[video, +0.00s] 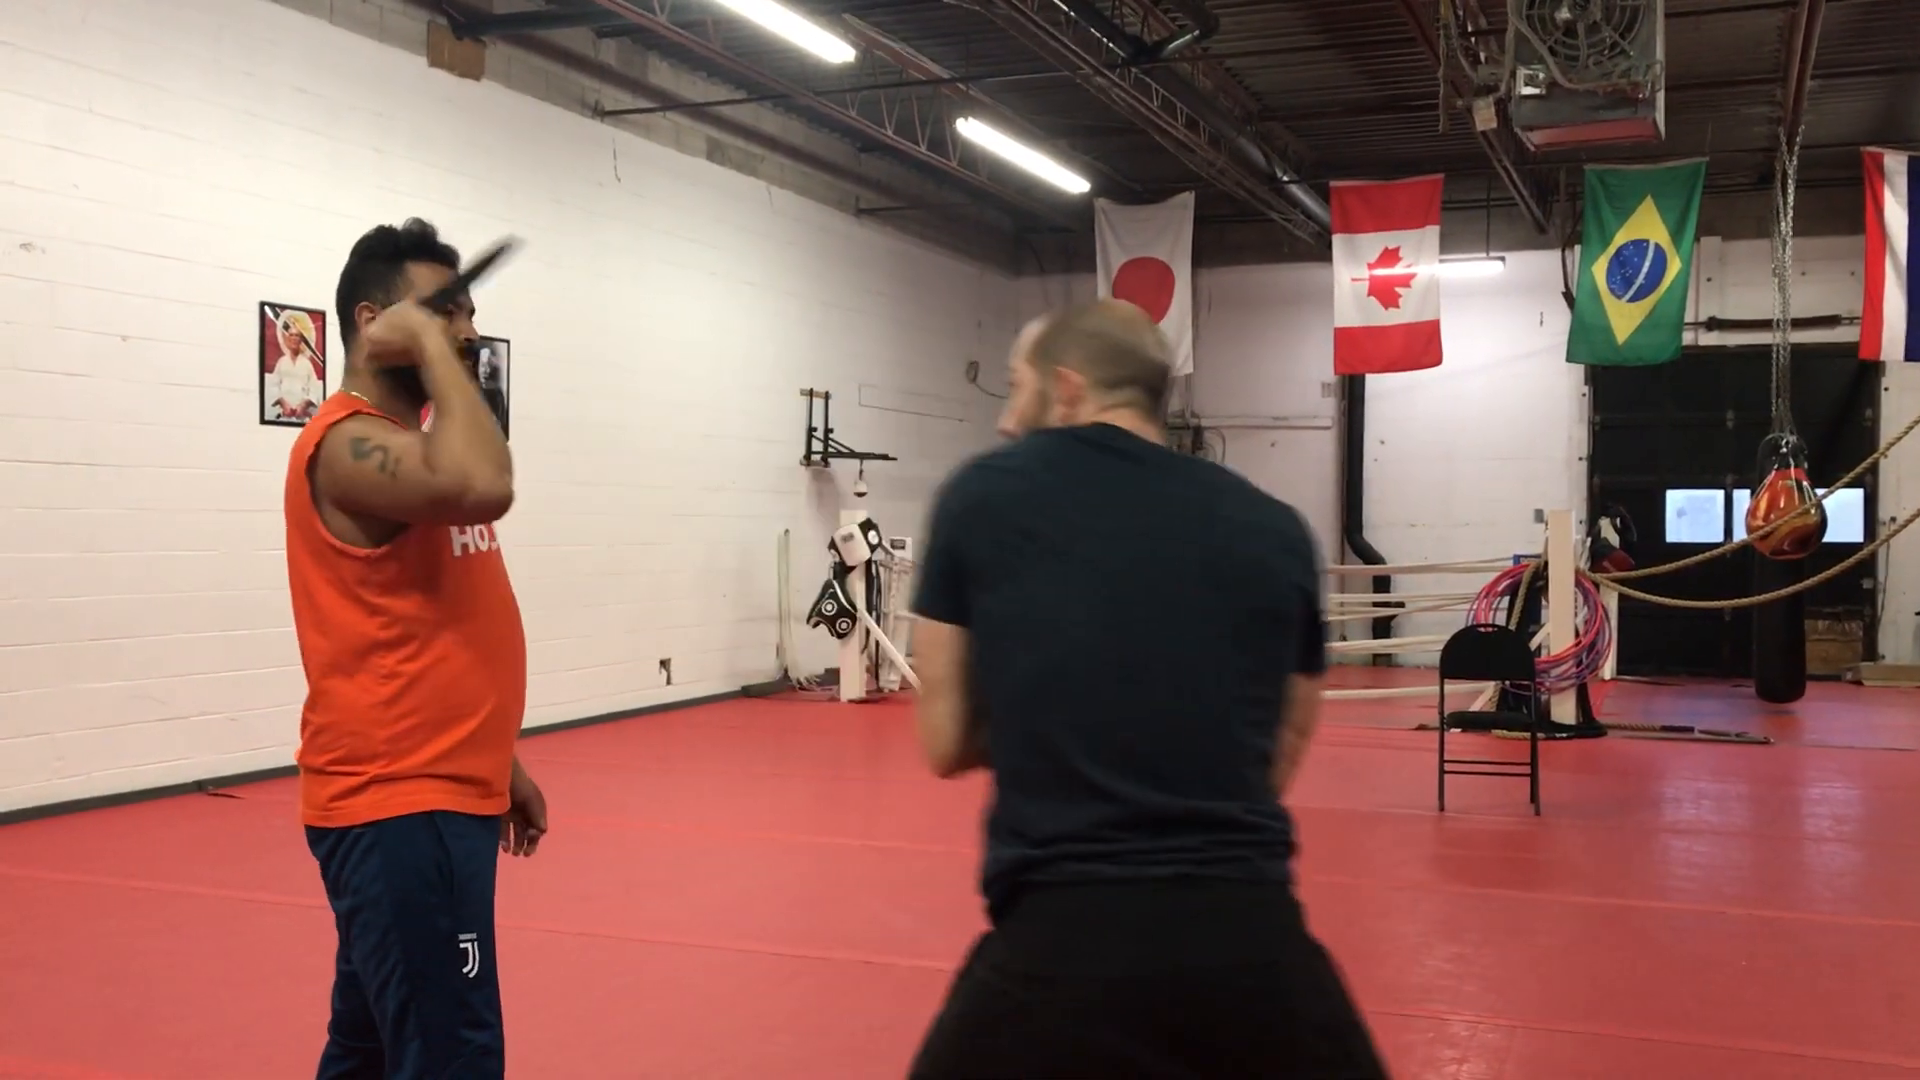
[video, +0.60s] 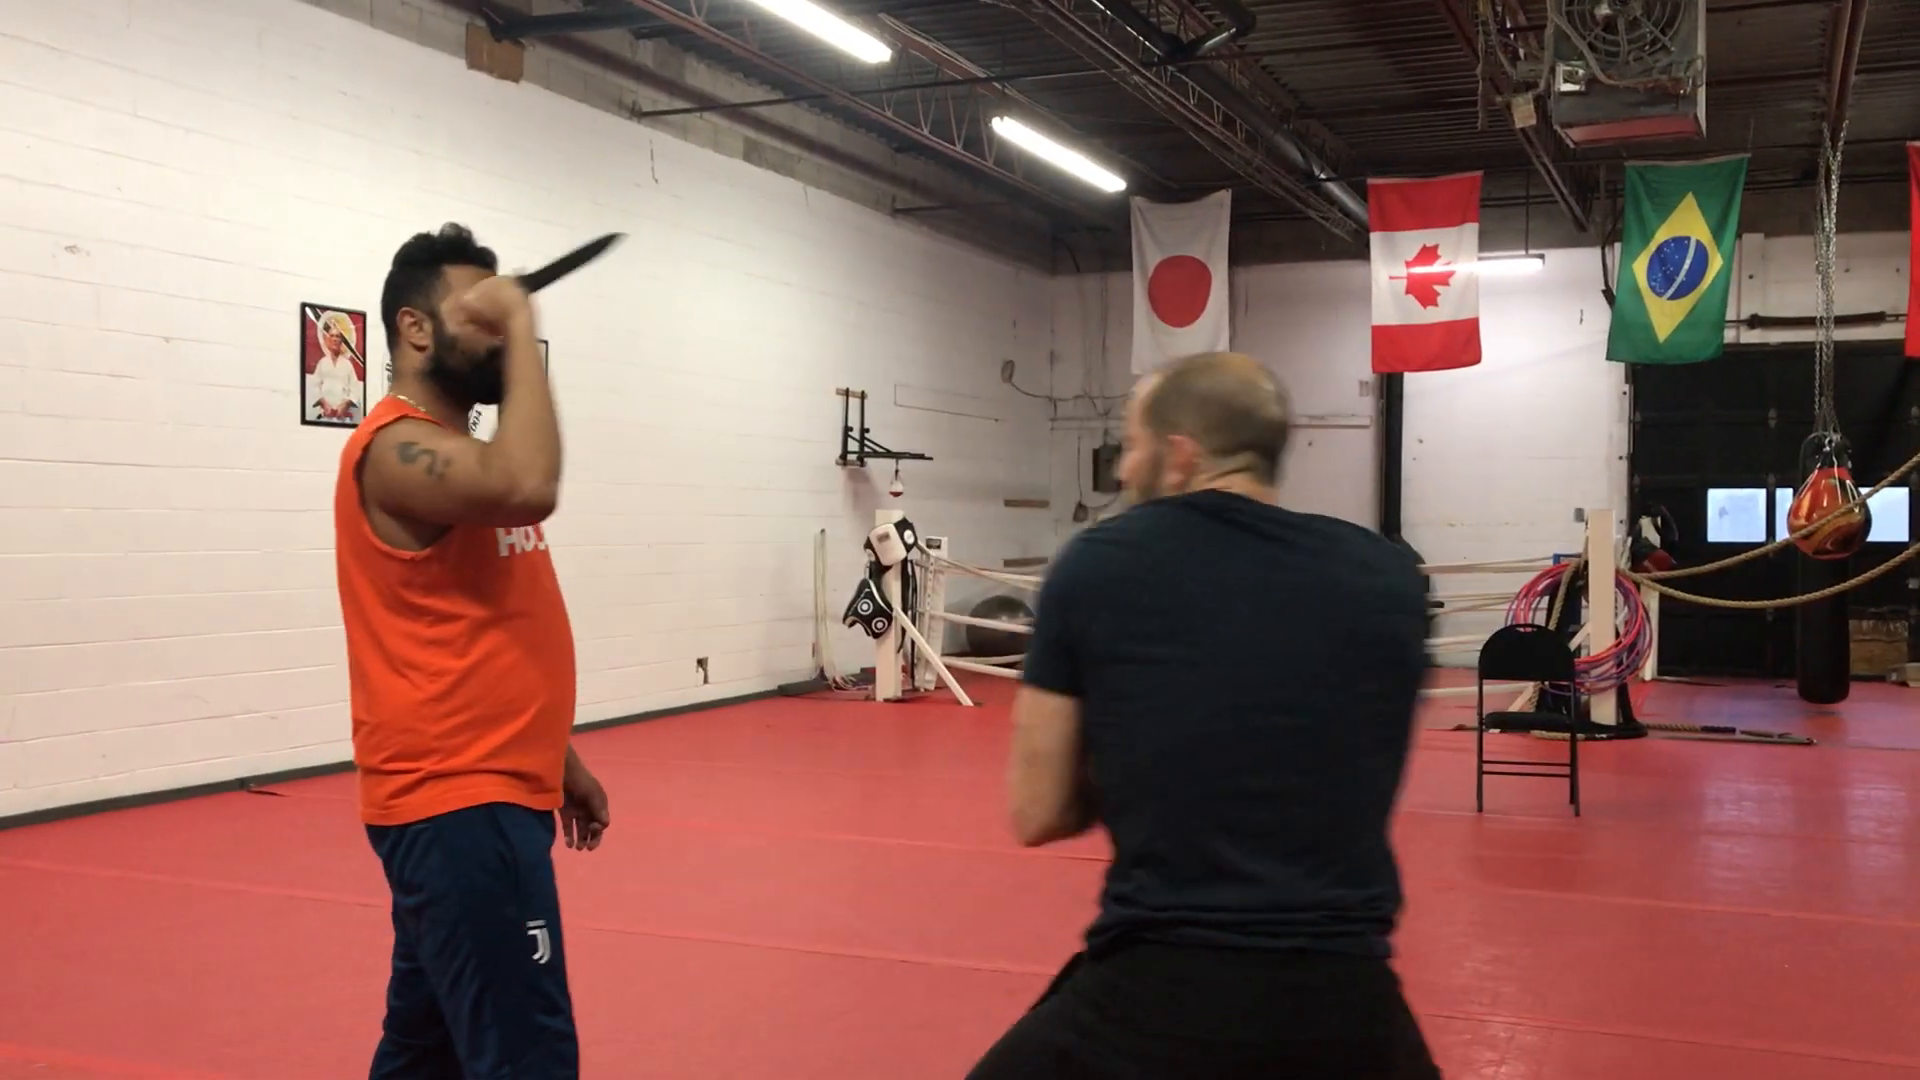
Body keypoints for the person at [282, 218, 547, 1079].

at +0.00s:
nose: (465, 327)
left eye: (462, 309)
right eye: (445, 305)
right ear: (380, 324)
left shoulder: (409, 437)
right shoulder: (350, 438)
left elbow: (425, 637)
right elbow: (481, 479)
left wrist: (497, 763)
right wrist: (427, 342)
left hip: (431, 802)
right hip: (396, 808)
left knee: (370, 1056)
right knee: (454, 1057)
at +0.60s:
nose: (501, 331)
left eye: (499, 315)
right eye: (479, 313)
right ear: (412, 329)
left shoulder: (458, 443)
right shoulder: (401, 444)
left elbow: (481, 636)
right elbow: (526, 479)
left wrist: (559, 759)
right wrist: (522, 333)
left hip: (484, 796)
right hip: (453, 802)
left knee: (426, 1051)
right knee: (529, 1055)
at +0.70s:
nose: (526, 331)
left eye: (524, 313)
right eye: (499, 310)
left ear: (438, 334)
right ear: (429, 328)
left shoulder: (457, 440)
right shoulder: (420, 441)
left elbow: (482, 639)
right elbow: (556, 482)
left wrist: (549, 772)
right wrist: (575, 317)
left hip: (479, 796)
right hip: (469, 802)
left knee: (433, 1049)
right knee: (545, 1055)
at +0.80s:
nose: (534, 327)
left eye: (533, 309)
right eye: (511, 308)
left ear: (448, 332)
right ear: (440, 325)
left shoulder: (449, 437)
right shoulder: (436, 440)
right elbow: (583, 485)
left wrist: (544, 784)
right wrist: (627, 316)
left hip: (473, 794)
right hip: (483, 800)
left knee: (437, 1052)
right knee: (555, 1055)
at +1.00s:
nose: (548, 325)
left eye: (545, 307)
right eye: (523, 306)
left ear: (457, 332)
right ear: (451, 325)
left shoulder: (450, 433)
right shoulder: (456, 437)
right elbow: (615, 474)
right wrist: (699, 310)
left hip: (462, 792)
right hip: (492, 797)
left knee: (438, 1048)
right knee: (563, 1053)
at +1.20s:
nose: (548, 333)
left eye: (549, 315)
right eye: (525, 314)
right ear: (453, 326)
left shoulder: (482, 430)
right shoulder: (454, 432)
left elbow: (501, 628)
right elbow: (617, 453)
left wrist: (558, 773)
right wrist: (651, 388)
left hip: (492, 791)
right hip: (479, 796)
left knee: (437, 1053)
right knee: (552, 1056)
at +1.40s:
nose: (541, 330)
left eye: (542, 313)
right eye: (516, 312)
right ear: (444, 326)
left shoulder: (462, 430)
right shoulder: (452, 432)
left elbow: (486, 626)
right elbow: (619, 452)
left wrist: (557, 761)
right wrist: (663, 374)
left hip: (482, 790)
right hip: (477, 793)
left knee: (441, 1044)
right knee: (536, 1051)